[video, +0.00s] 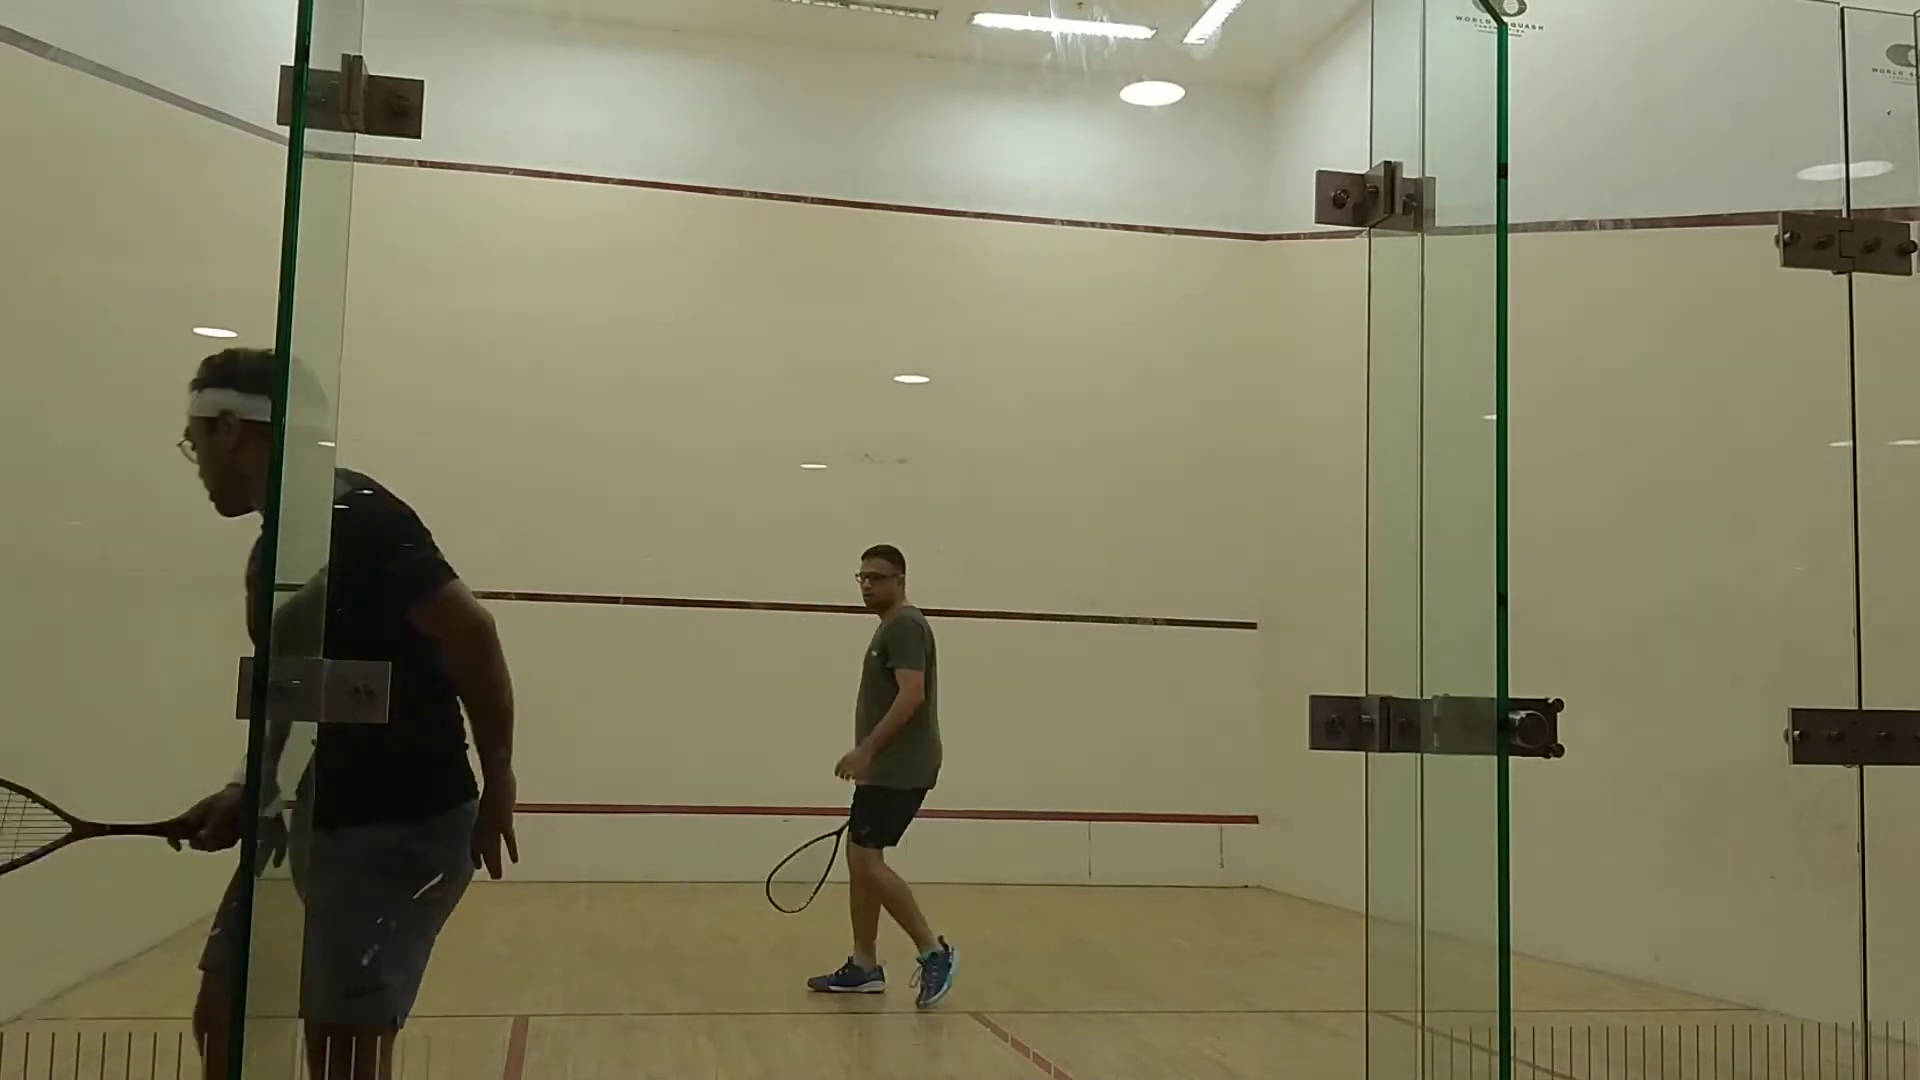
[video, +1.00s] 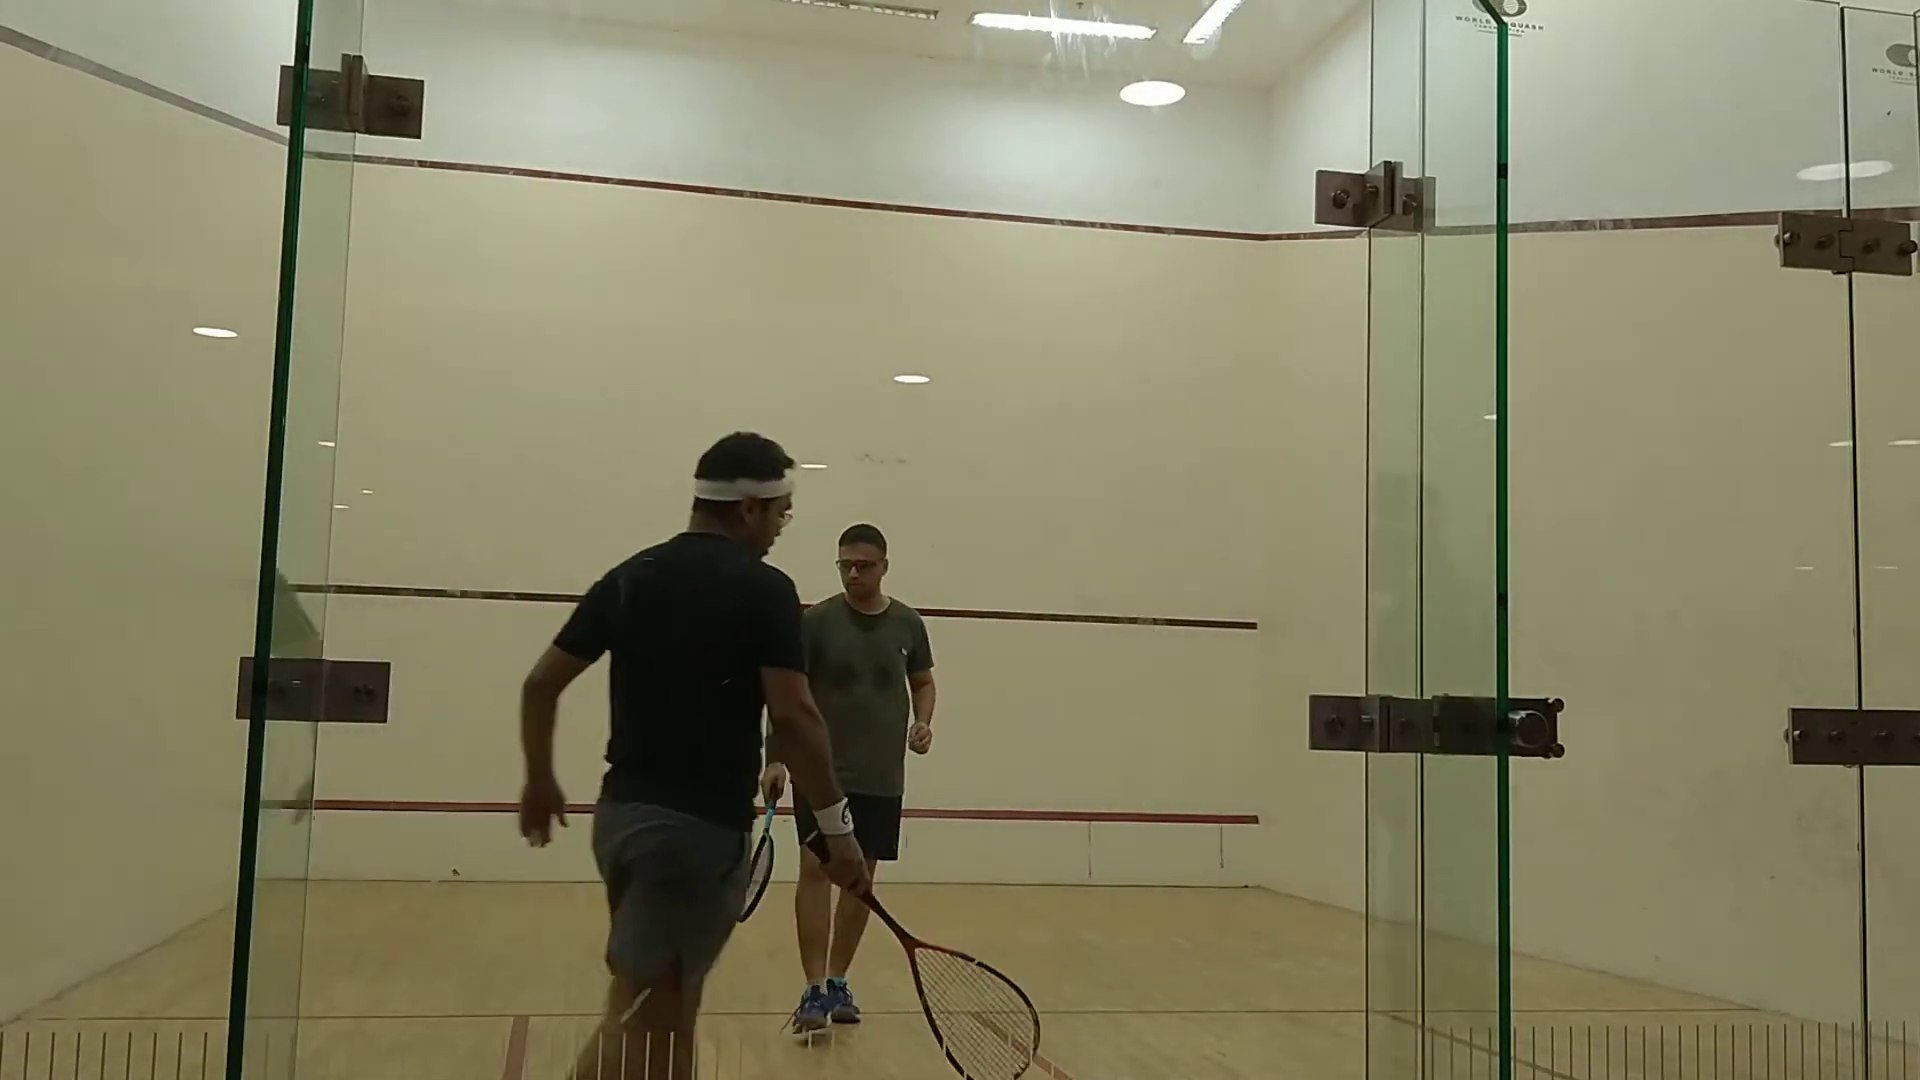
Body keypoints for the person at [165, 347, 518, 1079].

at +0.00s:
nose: (193, 463)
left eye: (198, 439)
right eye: (191, 443)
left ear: (243, 433)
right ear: (247, 436)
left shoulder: (361, 515)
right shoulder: (274, 550)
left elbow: (471, 633)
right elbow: (298, 697)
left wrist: (498, 784)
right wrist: (243, 792)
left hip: (401, 821)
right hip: (324, 808)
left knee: (344, 1044)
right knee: (221, 1014)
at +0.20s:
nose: (292, 445)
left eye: (301, 425)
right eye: (295, 425)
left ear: (331, 422)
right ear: (387, 425)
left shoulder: (389, 501)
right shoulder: (378, 505)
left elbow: (467, 626)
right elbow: (434, 653)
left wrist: (477, 772)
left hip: (403, 827)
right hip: (379, 823)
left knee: (359, 1030)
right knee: (367, 1027)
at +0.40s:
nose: (421, 453)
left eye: (423, 443)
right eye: (431, 445)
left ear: (428, 446)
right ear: (511, 466)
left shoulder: (413, 529)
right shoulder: (555, 556)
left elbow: (430, 649)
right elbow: (574, 697)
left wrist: (410, 791)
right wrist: (523, 777)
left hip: (440, 829)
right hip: (540, 833)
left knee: (355, 1035)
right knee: (489, 1019)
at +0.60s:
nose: (615, 479)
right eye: (617, 468)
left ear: (531, 454)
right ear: (611, 472)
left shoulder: (459, 535)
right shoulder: (650, 555)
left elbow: (396, 655)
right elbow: (696, 681)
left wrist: (369, 780)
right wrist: (686, 777)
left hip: (486, 814)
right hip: (606, 824)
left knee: (405, 1014)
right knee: (543, 1023)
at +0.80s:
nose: (699, 499)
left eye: (701, 485)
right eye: (697, 485)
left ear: (616, 474)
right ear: (674, 483)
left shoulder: (535, 554)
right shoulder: (698, 570)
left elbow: (445, 658)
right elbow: (748, 697)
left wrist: (417, 769)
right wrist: (789, 796)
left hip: (536, 809)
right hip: (637, 819)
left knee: (553, 990)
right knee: (560, 1021)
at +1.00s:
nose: (783, 525)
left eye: (785, 511)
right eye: (779, 509)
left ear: (708, 500)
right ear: (748, 507)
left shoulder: (631, 576)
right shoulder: (764, 588)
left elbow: (541, 683)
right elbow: (793, 717)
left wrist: (538, 778)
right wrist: (837, 832)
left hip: (621, 819)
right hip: (700, 832)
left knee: (668, 1013)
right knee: (636, 1016)